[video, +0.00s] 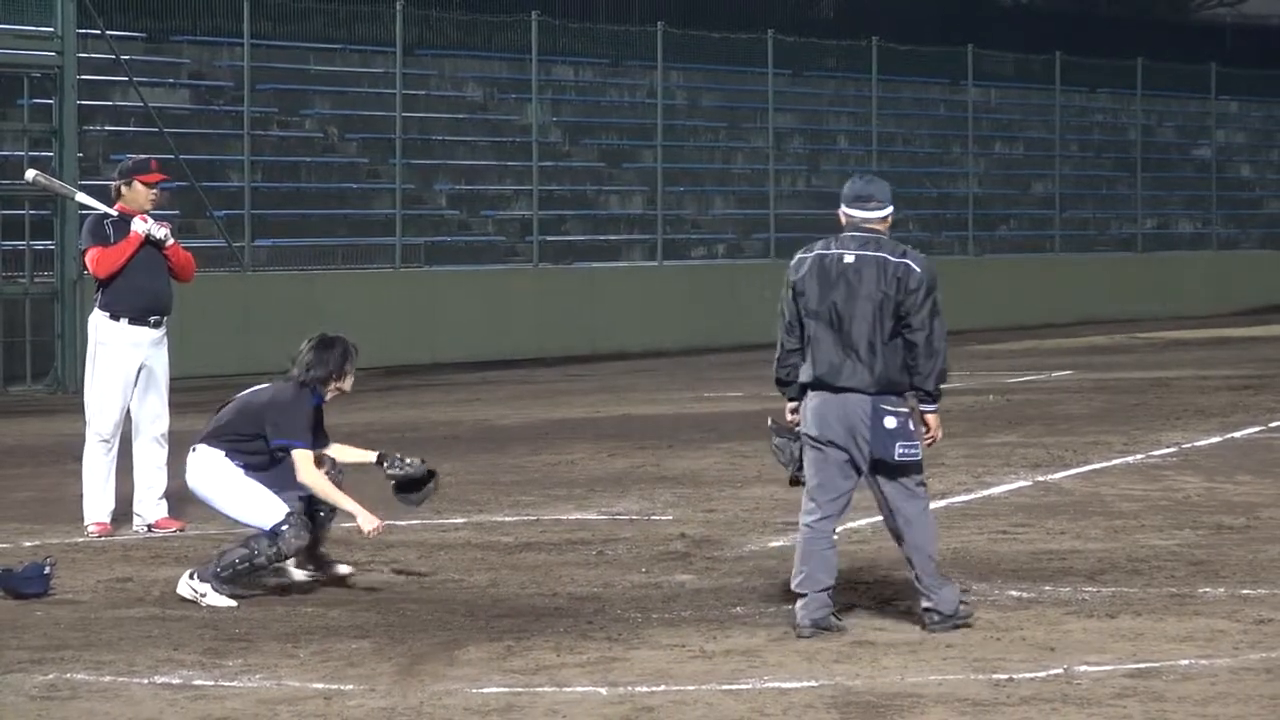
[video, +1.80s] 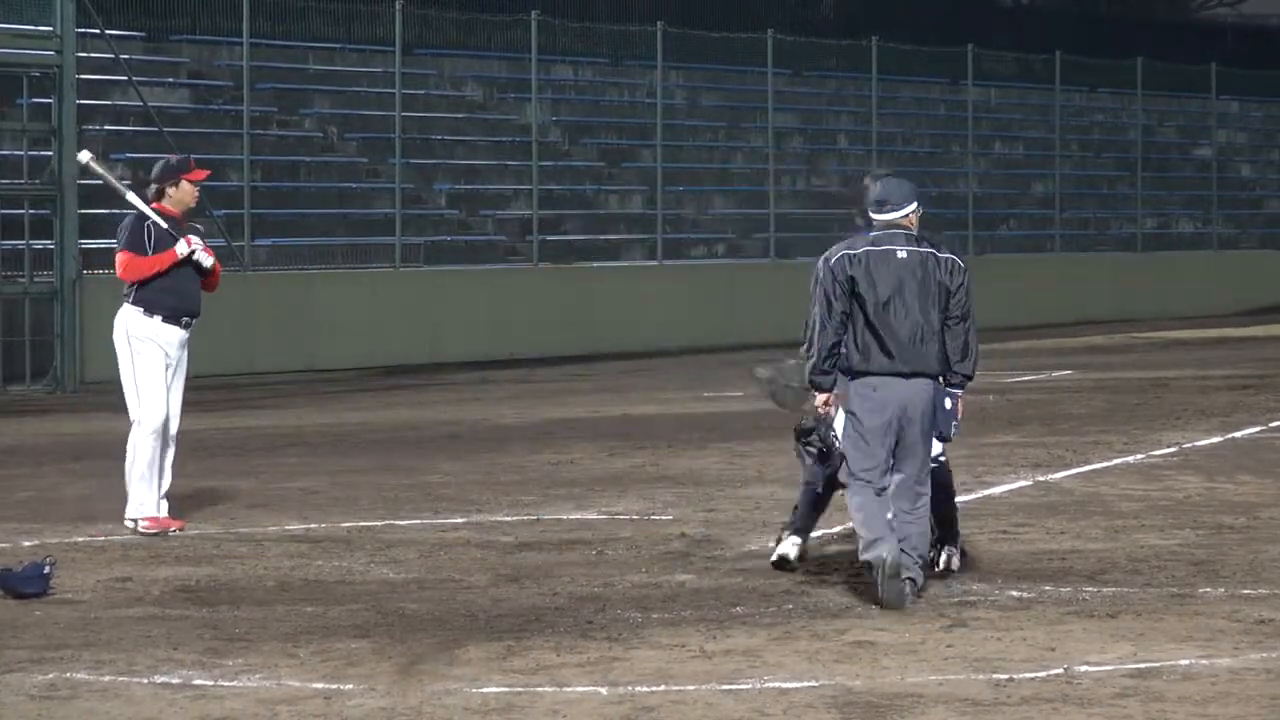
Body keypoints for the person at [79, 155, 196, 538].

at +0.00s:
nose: (156, 192)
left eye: (157, 187)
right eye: (149, 186)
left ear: (148, 190)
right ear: (125, 187)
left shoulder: (156, 228)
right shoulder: (100, 222)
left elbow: (187, 271)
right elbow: (99, 267)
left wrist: (167, 242)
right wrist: (137, 236)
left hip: (155, 335)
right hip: (114, 333)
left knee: (153, 427)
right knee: (104, 428)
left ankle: (151, 513)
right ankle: (98, 517)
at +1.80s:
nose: (198, 191)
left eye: (198, 185)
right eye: (192, 185)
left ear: (180, 188)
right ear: (169, 187)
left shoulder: (188, 230)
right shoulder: (140, 220)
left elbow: (210, 283)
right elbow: (126, 269)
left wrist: (209, 265)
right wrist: (178, 253)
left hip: (178, 334)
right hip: (143, 328)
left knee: (168, 424)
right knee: (150, 418)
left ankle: (157, 509)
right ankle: (140, 511)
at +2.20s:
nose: (211, 188)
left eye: (210, 182)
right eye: (204, 183)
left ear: (191, 188)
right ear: (182, 187)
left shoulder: (205, 231)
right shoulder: (157, 225)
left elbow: (216, 276)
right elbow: (136, 277)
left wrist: (233, 311)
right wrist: (174, 311)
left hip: (197, 331)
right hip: (160, 330)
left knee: (180, 425)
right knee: (170, 424)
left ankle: (149, 509)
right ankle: (180, 514)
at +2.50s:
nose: (222, 188)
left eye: (221, 182)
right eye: (216, 182)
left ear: (203, 186)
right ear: (193, 186)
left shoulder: (215, 227)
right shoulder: (167, 225)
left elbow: (219, 276)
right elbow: (153, 281)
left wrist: (228, 316)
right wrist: (176, 325)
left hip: (215, 337)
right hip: (178, 336)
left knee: (221, 421)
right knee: (175, 427)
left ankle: (192, 502)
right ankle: (178, 514)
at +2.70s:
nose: (236, 191)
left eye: (236, 185)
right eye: (231, 185)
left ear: (217, 187)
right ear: (210, 186)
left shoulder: (221, 229)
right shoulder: (182, 227)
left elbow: (222, 283)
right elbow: (168, 286)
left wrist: (239, 325)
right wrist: (179, 343)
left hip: (230, 337)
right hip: (193, 338)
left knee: (241, 427)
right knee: (182, 431)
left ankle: (244, 513)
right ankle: (181, 516)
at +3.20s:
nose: (293, 191)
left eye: (293, 185)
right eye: (287, 184)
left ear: (274, 187)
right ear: (265, 186)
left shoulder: (279, 229)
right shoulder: (236, 224)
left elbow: (275, 279)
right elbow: (219, 278)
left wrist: (283, 326)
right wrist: (237, 334)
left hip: (281, 339)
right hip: (243, 337)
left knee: (278, 432)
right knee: (237, 424)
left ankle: (275, 518)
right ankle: (204, 496)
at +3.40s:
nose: (309, 188)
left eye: (308, 182)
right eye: (303, 182)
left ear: (291, 185)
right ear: (280, 185)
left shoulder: (297, 227)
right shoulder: (251, 221)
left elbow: (292, 278)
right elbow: (234, 276)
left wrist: (298, 327)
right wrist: (251, 326)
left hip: (290, 336)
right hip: (257, 333)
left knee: (287, 429)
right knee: (262, 424)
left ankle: (280, 514)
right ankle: (254, 515)